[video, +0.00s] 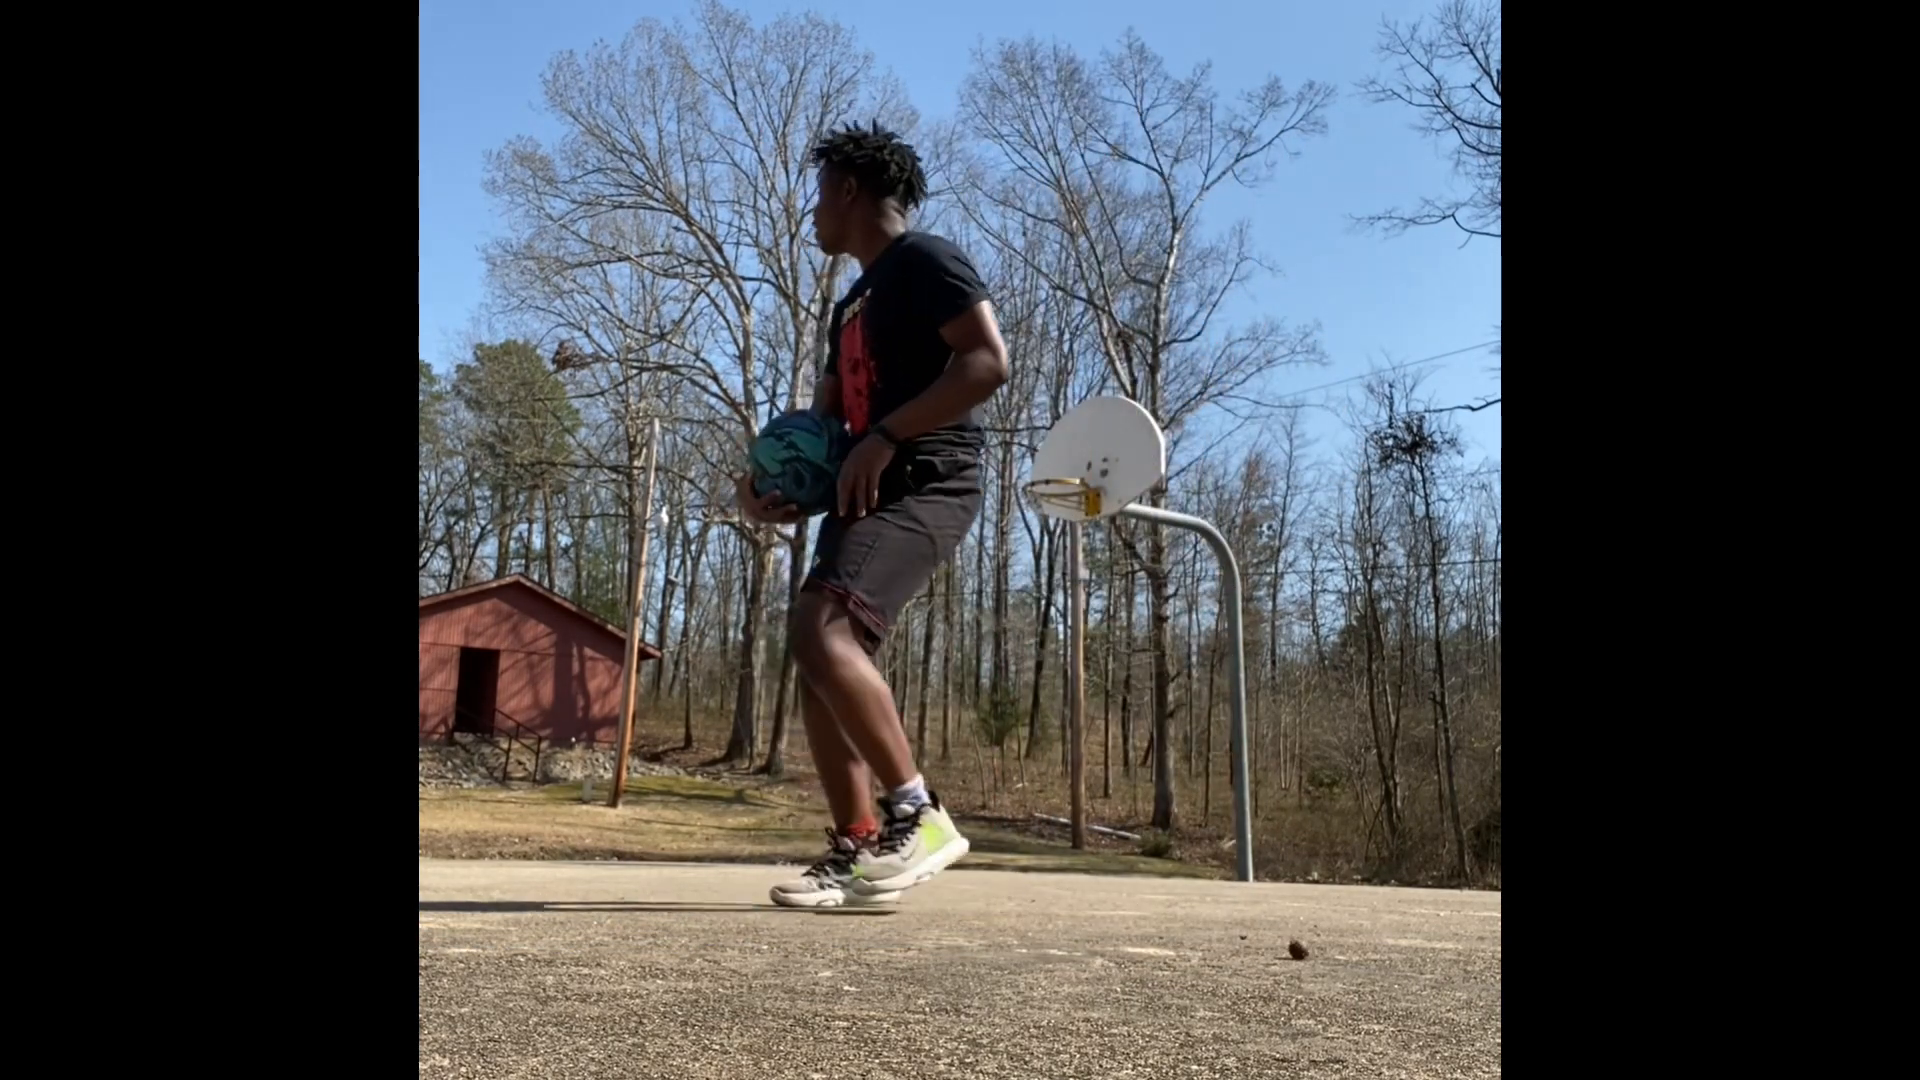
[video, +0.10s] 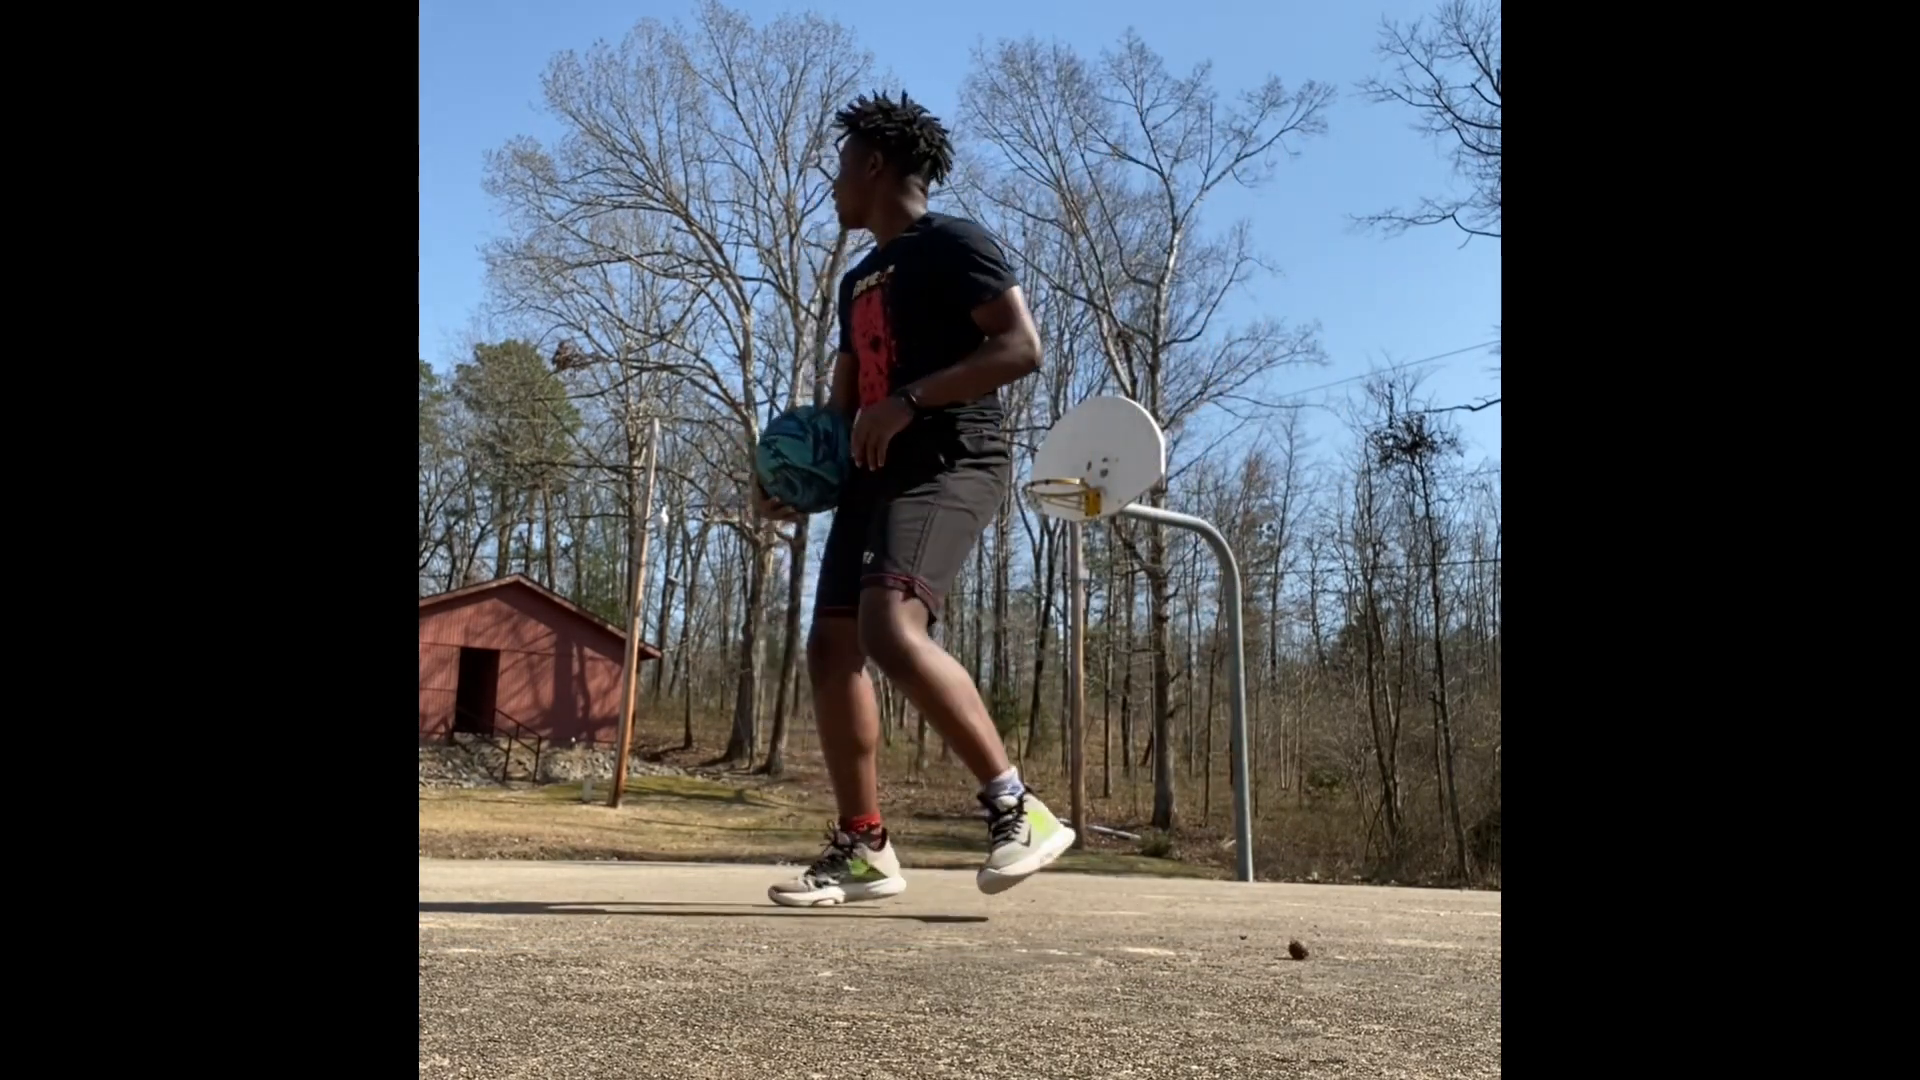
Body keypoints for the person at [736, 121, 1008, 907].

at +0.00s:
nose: (814, 207)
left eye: (823, 190)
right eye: (817, 191)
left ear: (860, 194)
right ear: (864, 198)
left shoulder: (926, 258)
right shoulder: (848, 308)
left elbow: (985, 362)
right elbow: (831, 425)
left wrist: (887, 435)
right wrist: (785, 492)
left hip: (929, 485)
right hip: (866, 490)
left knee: (826, 634)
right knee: (815, 652)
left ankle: (920, 817)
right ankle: (858, 850)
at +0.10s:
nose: (833, 177)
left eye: (843, 161)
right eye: (837, 161)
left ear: (881, 167)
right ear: (879, 170)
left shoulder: (956, 244)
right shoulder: (858, 283)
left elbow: (1022, 348)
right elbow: (844, 403)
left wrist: (908, 402)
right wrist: (795, 476)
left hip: (954, 463)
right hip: (877, 472)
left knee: (891, 626)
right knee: (832, 646)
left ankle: (1018, 810)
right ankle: (863, 848)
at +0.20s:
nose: (860, 179)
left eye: (873, 162)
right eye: (866, 162)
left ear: (912, 170)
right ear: (914, 174)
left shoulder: (989, 261)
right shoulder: (872, 281)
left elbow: (1051, 378)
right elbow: (865, 397)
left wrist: (926, 392)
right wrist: (815, 459)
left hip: (974, 469)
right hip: (895, 474)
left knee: (981, 631)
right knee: (834, 657)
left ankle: (1103, 832)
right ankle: (864, 855)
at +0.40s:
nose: (945, 142)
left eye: (960, 124)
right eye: (952, 124)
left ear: (1007, 135)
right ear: (1003, 139)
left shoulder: (1096, 241)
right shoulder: (949, 259)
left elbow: (1177, 354)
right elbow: (919, 383)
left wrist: (1050, 386)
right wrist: (866, 463)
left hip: (1073, 458)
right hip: (972, 463)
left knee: (1107, 631)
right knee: (888, 653)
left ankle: (1168, 864)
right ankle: (864, 838)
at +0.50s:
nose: (985, 103)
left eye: (1002, 87)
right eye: (988, 87)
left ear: (1061, 99)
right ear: (1032, 102)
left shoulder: (1139, 201)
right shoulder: (979, 224)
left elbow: (1251, 289)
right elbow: (938, 346)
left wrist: (1138, 343)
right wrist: (884, 423)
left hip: (1107, 440)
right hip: (999, 445)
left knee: (1118, 622)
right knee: (918, 630)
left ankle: (1167, 862)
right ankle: (924, 819)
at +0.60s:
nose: (1036, 67)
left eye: (1061, 53)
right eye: (1029, 52)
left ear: (1112, 68)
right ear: (1021, 67)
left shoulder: (1168, 172)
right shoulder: (990, 194)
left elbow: (1293, 249)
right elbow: (945, 318)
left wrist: (1180, 283)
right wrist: (924, 400)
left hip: (1134, 427)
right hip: (1023, 431)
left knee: (1148, 616)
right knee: (961, 610)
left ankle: (1168, 861)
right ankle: (1003, 827)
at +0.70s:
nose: (1096, 63)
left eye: (1116, 48)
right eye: (1078, 45)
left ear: (1145, 65)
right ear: (1049, 56)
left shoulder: (1185, 161)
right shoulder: (1001, 181)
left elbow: (1310, 247)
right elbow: (955, 317)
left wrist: (1178, 252)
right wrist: (997, 392)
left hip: (1162, 402)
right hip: (1048, 405)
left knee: (1178, 614)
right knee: (1023, 578)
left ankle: (1170, 866)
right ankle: (1069, 844)